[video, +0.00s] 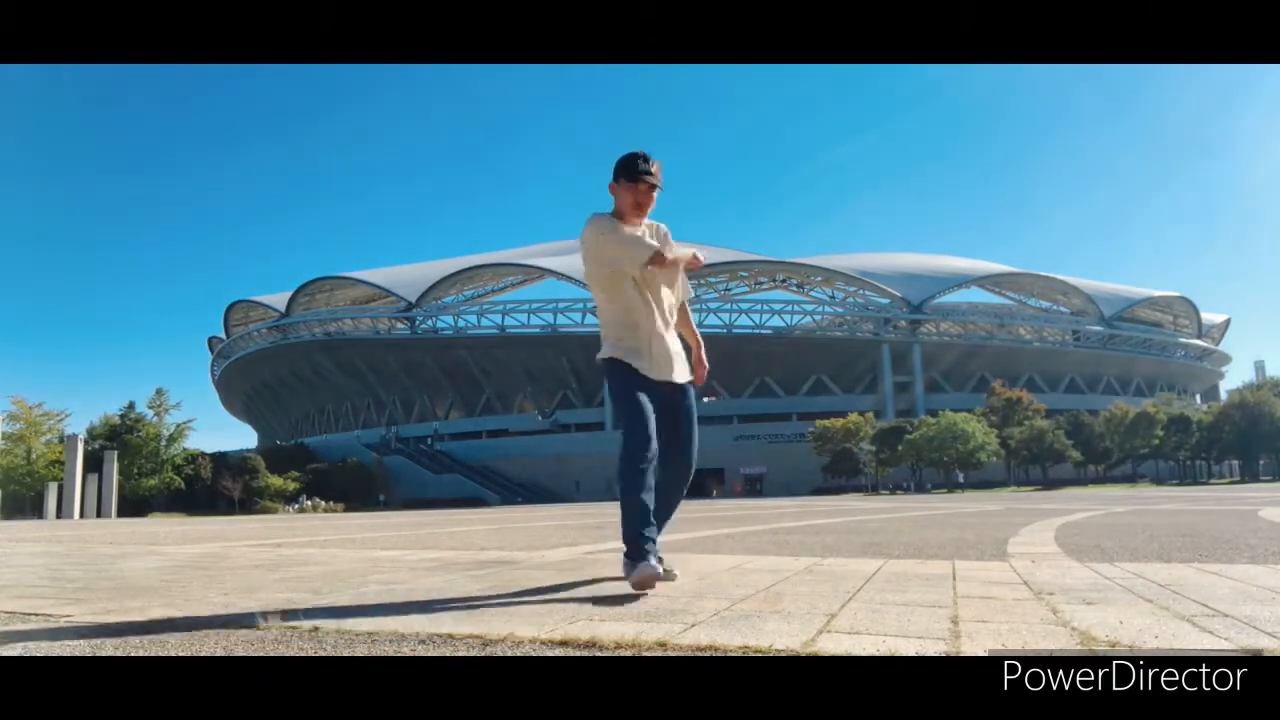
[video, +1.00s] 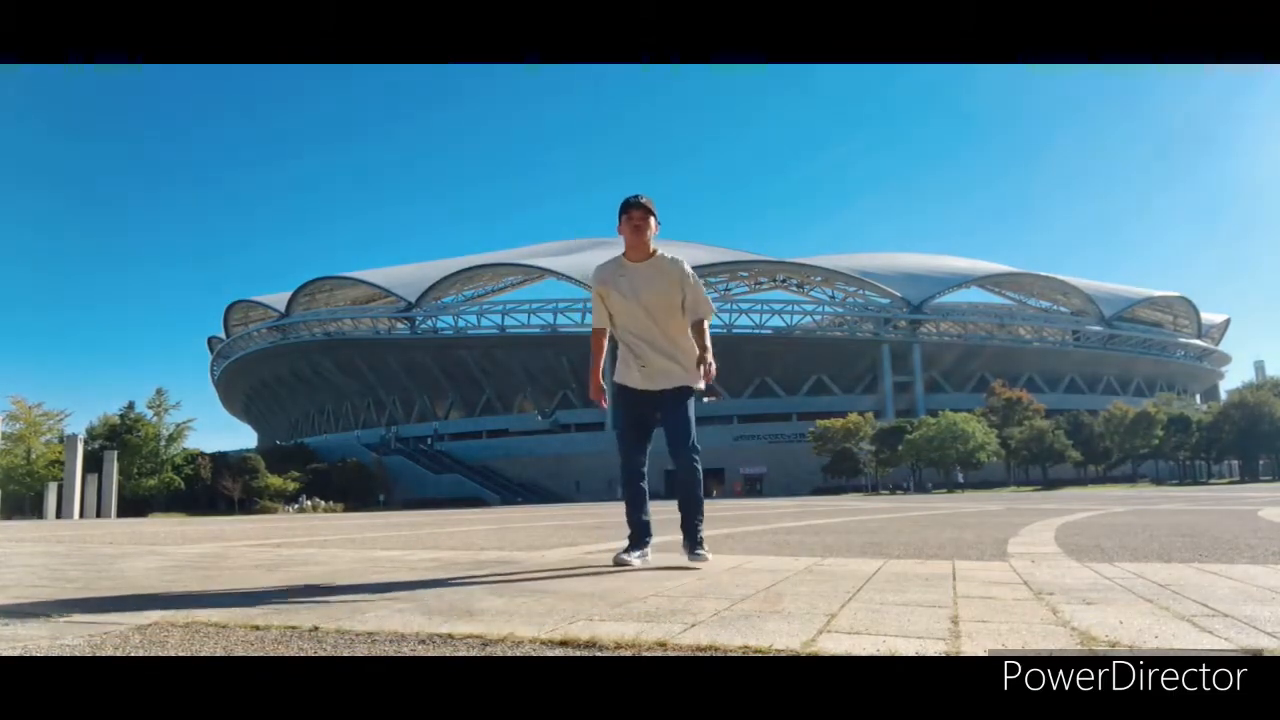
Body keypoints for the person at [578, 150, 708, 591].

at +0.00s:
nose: (647, 197)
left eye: (653, 190)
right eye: (639, 187)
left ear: (657, 193)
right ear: (615, 186)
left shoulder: (661, 236)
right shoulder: (598, 228)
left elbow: (676, 302)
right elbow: (652, 255)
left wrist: (697, 345)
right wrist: (691, 257)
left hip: (672, 360)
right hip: (627, 358)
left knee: (682, 462)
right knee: (641, 445)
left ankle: (645, 544)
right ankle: (640, 557)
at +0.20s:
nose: (644, 195)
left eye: (649, 189)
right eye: (635, 188)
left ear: (655, 199)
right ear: (616, 197)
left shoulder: (667, 250)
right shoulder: (598, 237)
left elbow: (676, 320)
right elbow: (608, 294)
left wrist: (686, 371)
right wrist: (659, 316)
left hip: (666, 371)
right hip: (617, 368)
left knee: (667, 465)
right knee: (614, 457)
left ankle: (641, 551)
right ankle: (604, 517)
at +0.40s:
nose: (636, 214)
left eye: (643, 209)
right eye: (629, 209)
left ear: (654, 216)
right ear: (616, 216)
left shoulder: (668, 267)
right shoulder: (600, 254)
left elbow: (675, 332)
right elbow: (585, 312)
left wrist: (678, 382)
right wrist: (584, 362)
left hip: (659, 383)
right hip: (611, 381)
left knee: (663, 464)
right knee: (610, 469)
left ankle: (644, 551)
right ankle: (627, 537)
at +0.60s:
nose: (634, 231)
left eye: (641, 225)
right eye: (627, 226)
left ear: (653, 232)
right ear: (617, 233)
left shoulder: (668, 284)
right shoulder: (597, 276)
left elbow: (677, 345)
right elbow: (581, 332)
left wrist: (685, 394)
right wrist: (573, 378)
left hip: (659, 392)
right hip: (613, 390)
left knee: (664, 465)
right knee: (621, 473)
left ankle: (649, 541)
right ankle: (637, 543)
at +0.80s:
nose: (635, 224)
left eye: (640, 219)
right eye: (628, 219)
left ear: (652, 225)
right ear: (617, 227)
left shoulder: (670, 273)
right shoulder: (597, 273)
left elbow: (680, 324)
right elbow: (588, 326)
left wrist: (686, 342)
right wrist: (591, 371)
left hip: (666, 381)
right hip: (620, 382)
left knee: (674, 457)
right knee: (627, 466)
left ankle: (670, 540)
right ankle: (638, 543)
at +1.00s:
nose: (637, 226)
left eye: (643, 220)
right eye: (631, 221)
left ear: (655, 226)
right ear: (620, 227)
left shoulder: (678, 270)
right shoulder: (605, 276)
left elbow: (699, 319)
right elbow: (600, 329)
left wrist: (706, 355)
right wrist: (595, 375)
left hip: (678, 380)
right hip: (629, 382)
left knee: (687, 457)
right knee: (632, 467)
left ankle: (694, 538)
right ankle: (638, 542)